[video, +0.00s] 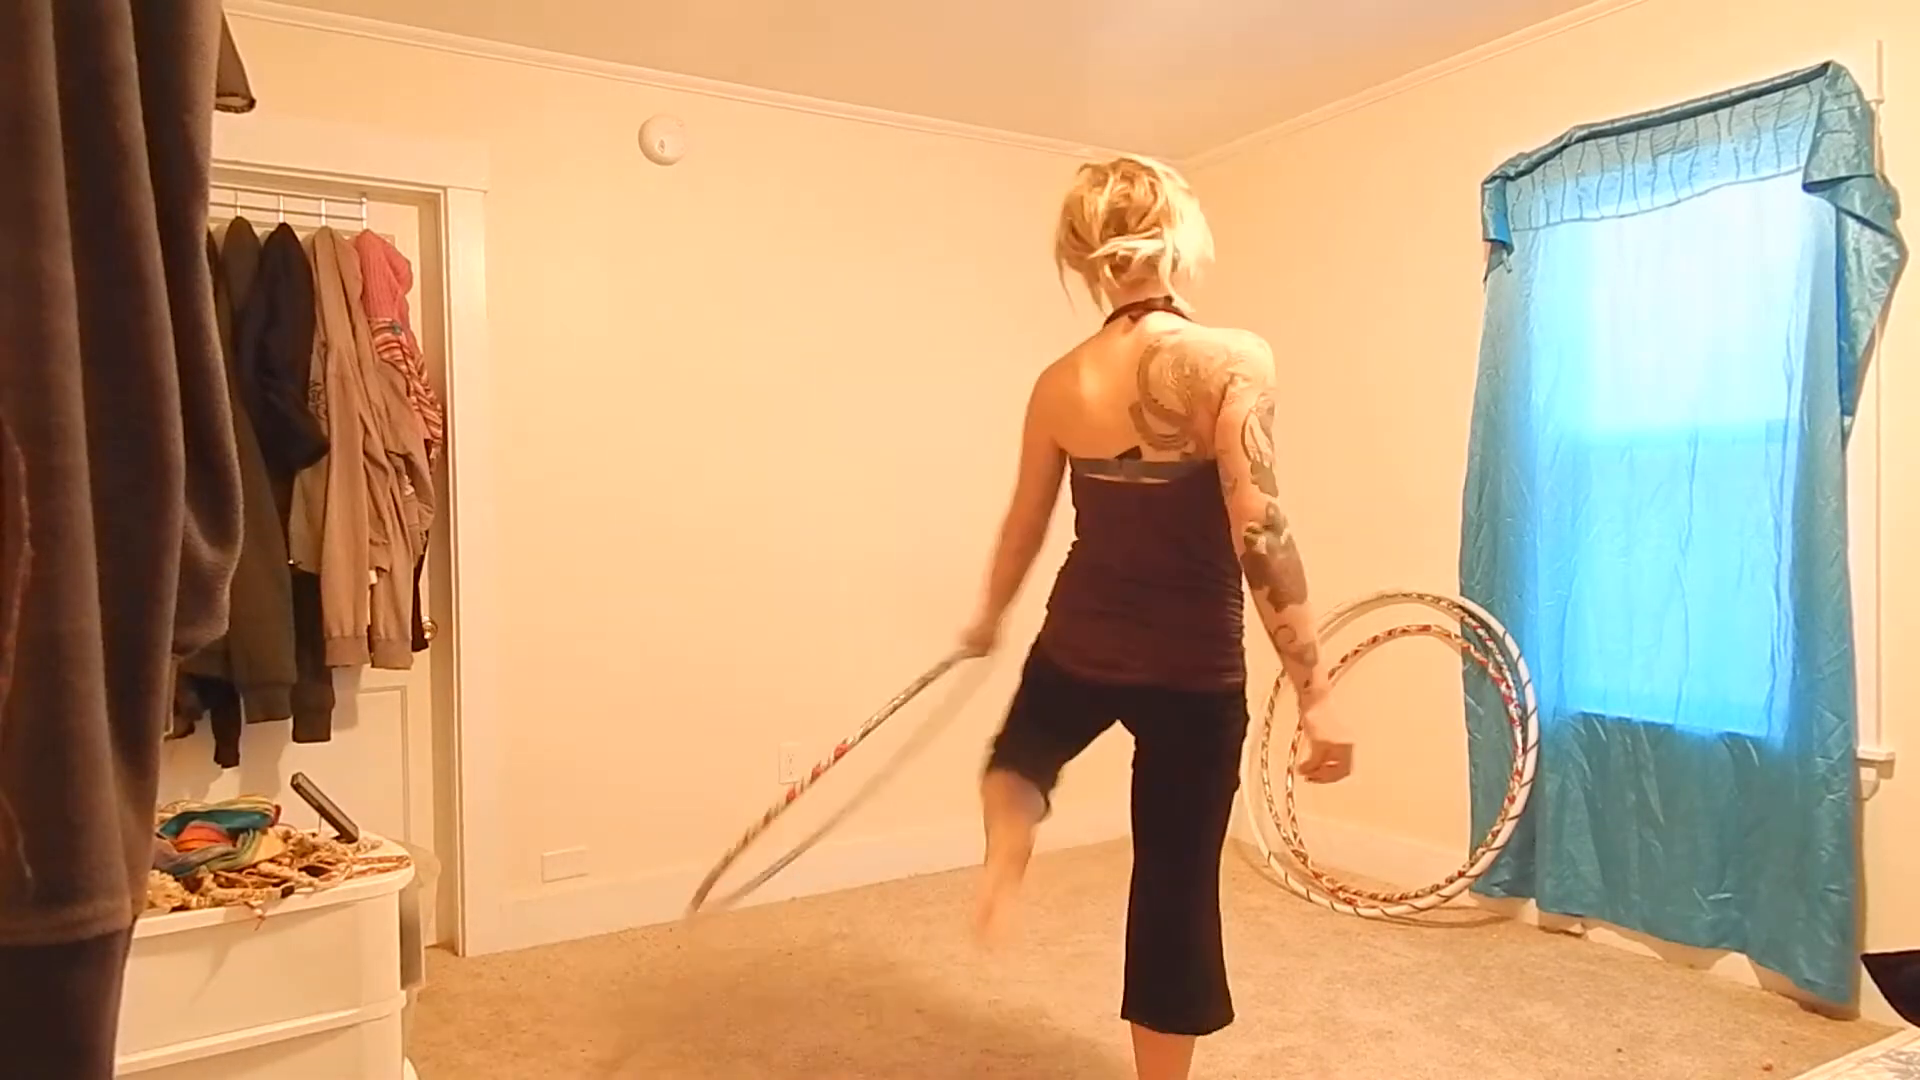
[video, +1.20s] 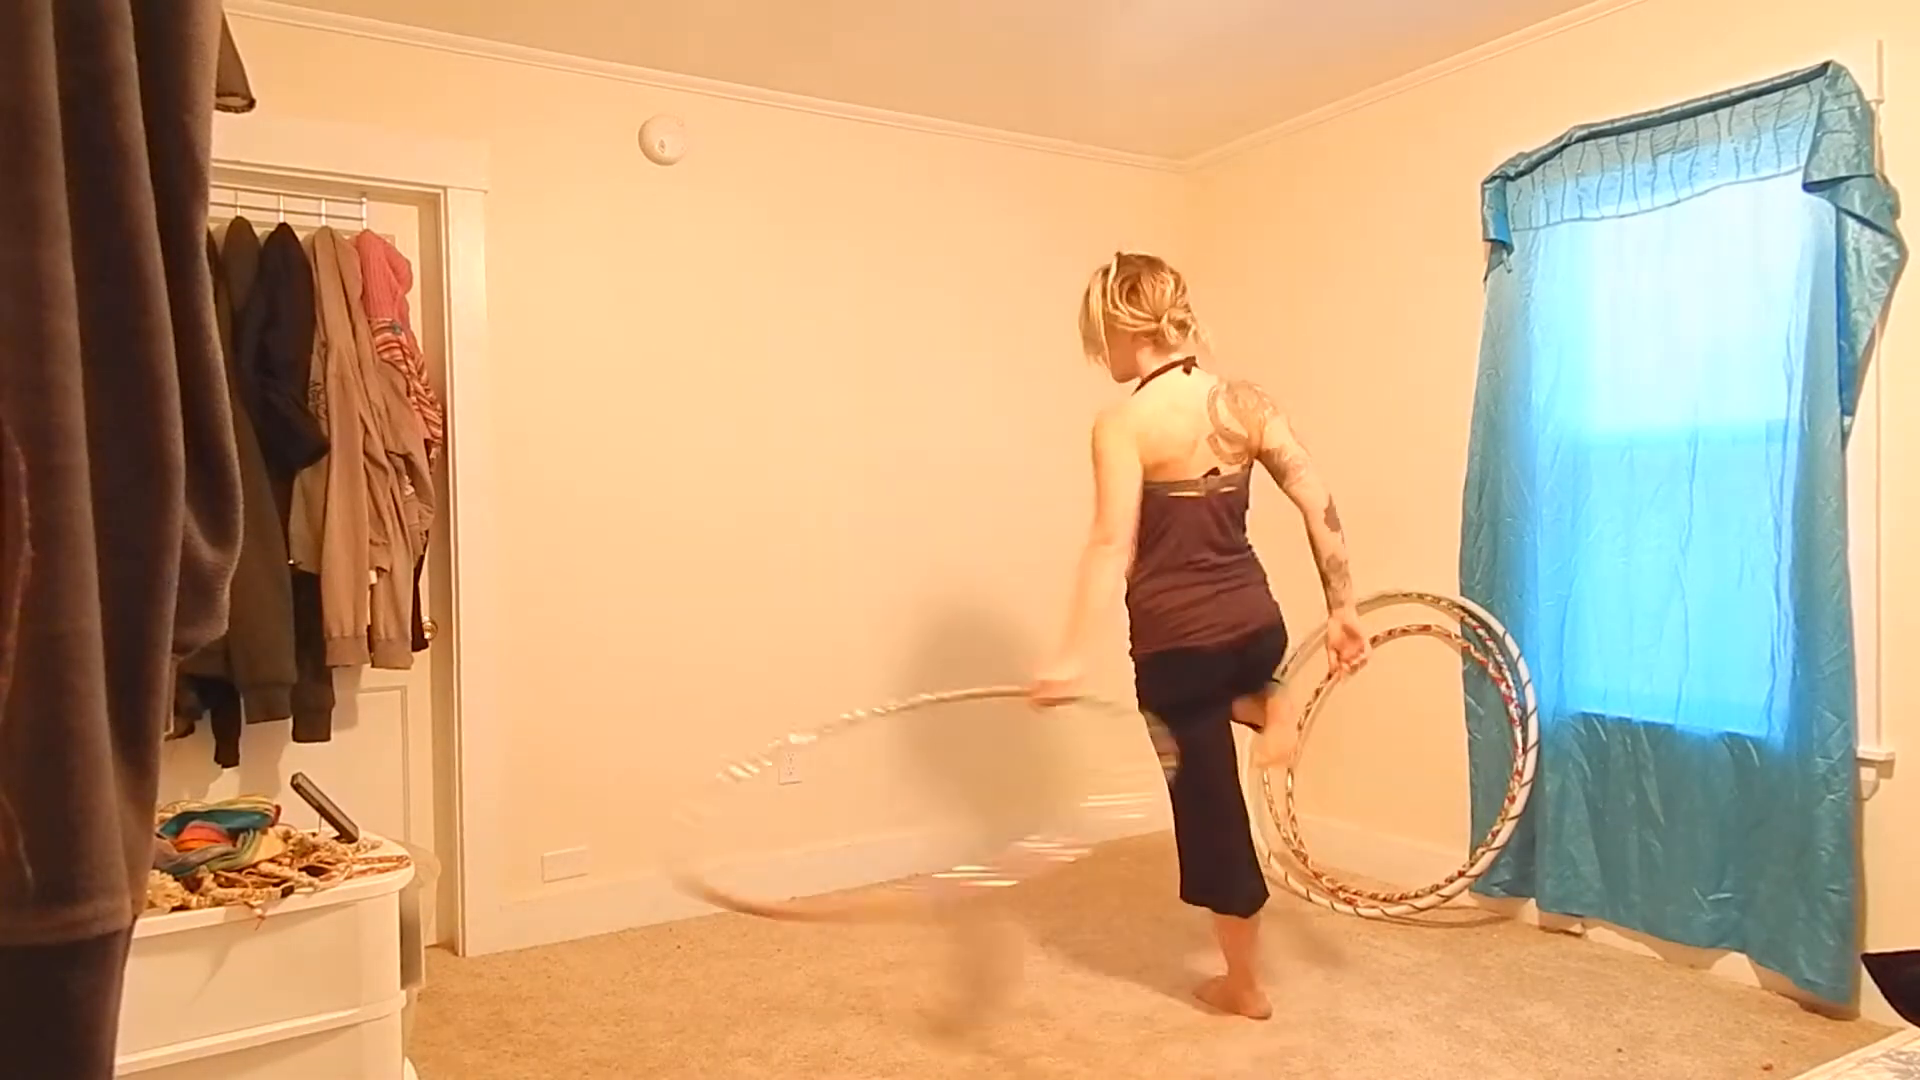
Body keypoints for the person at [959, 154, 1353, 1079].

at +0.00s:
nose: (1194, 246)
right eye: (1188, 231)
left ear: (1088, 259)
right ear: (1184, 244)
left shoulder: (1061, 384)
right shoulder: (1231, 360)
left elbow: (1024, 529)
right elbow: (1258, 531)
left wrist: (986, 619)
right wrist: (1312, 681)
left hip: (1079, 648)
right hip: (1194, 666)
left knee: (1025, 753)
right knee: (1174, 887)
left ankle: (1004, 853)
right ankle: (1161, 1068)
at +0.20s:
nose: (1216, 263)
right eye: (1209, 248)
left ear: (1105, 274)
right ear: (1199, 259)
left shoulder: (1078, 389)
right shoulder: (1235, 372)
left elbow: (1081, 543)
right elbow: (1245, 546)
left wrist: (1133, 622)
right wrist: (1282, 709)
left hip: (1098, 669)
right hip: (1205, 675)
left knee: (1104, 782)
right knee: (1185, 919)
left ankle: (1085, 951)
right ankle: (1162, 1068)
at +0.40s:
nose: (1210, 288)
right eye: (1205, 273)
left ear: (1112, 297)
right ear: (1199, 283)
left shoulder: (1089, 409)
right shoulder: (1223, 397)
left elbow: (1121, 560)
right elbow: (1236, 568)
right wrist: (1284, 717)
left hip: (1123, 690)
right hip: (1209, 689)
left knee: (1183, 894)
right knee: (1195, 927)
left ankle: (1170, 1050)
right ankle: (1158, 1070)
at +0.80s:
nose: (1203, 331)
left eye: (1159, 325)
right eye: (1206, 318)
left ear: (1127, 338)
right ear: (1205, 325)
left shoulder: (1107, 437)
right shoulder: (1245, 419)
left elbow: (1093, 565)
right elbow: (1265, 561)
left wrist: (1097, 615)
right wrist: (1296, 687)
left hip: (1151, 680)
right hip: (1237, 675)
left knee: (1207, 838)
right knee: (1266, 842)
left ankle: (1244, 995)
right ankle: (1210, 1033)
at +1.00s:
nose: (1112, 352)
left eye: (1112, 336)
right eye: (1110, 338)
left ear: (1127, 334)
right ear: (1197, 323)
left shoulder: (1108, 432)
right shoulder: (1254, 413)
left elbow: (1057, 551)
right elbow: (1300, 536)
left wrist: (998, 643)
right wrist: (1325, 643)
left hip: (1159, 656)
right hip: (1251, 643)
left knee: (1203, 811)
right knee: (1311, 769)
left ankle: (1242, 982)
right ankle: (1272, 890)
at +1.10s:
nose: (1109, 355)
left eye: (1109, 338)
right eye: (1106, 339)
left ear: (1129, 333)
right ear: (1189, 324)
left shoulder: (1116, 430)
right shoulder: (1255, 411)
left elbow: (1069, 553)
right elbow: (1315, 525)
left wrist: (1009, 655)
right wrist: (1342, 624)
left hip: (1165, 648)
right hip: (1255, 630)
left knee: (1211, 807)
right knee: (1295, 719)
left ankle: (1246, 985)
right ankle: (1266, 776)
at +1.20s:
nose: (1103, 357)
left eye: (1102, 339)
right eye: (1099, 341)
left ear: (1126, 332)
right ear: (1180, 321)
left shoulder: (1125, 421)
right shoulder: (1245, 401)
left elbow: (1110, 544)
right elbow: (1320, 507)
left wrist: (1067, 657)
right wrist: (1343, 609)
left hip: (1173, 645)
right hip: (1257, 632)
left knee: (1210, 804)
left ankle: (1244, 983)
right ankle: (1272, 713)